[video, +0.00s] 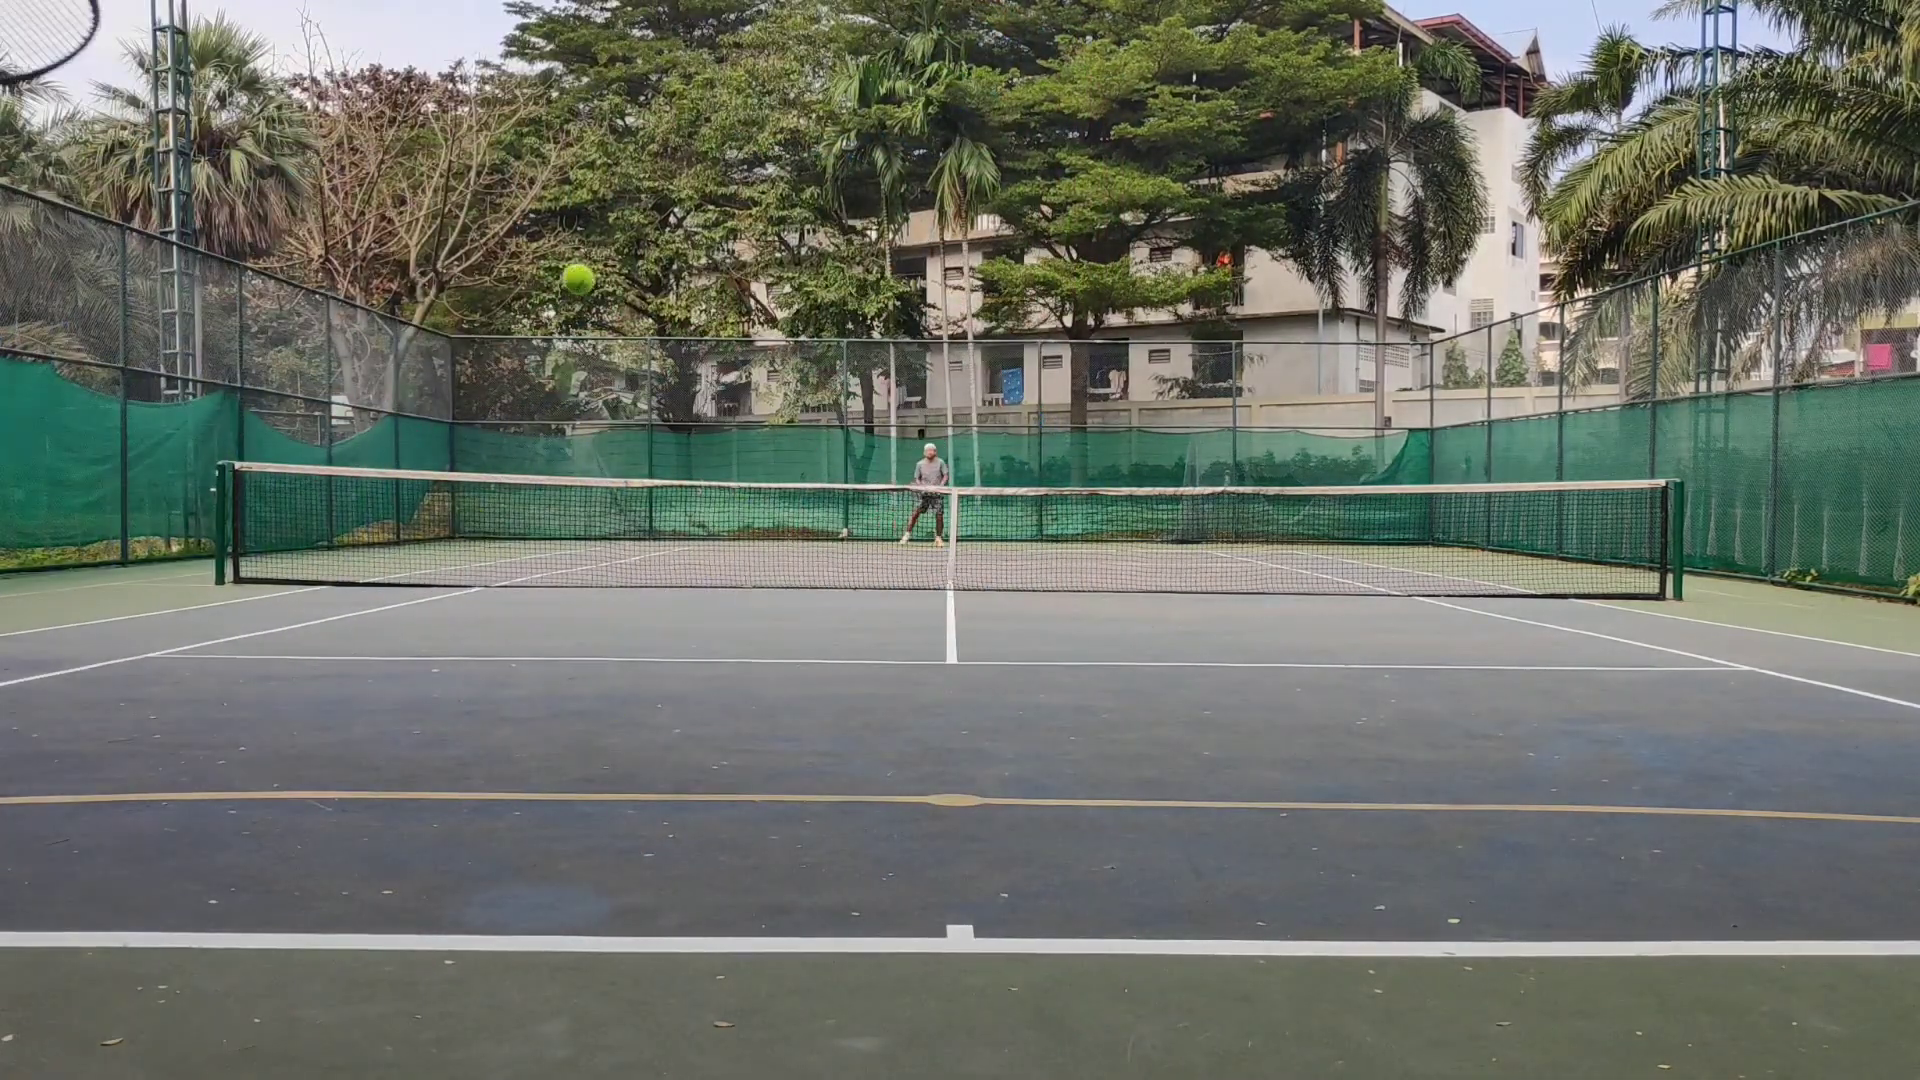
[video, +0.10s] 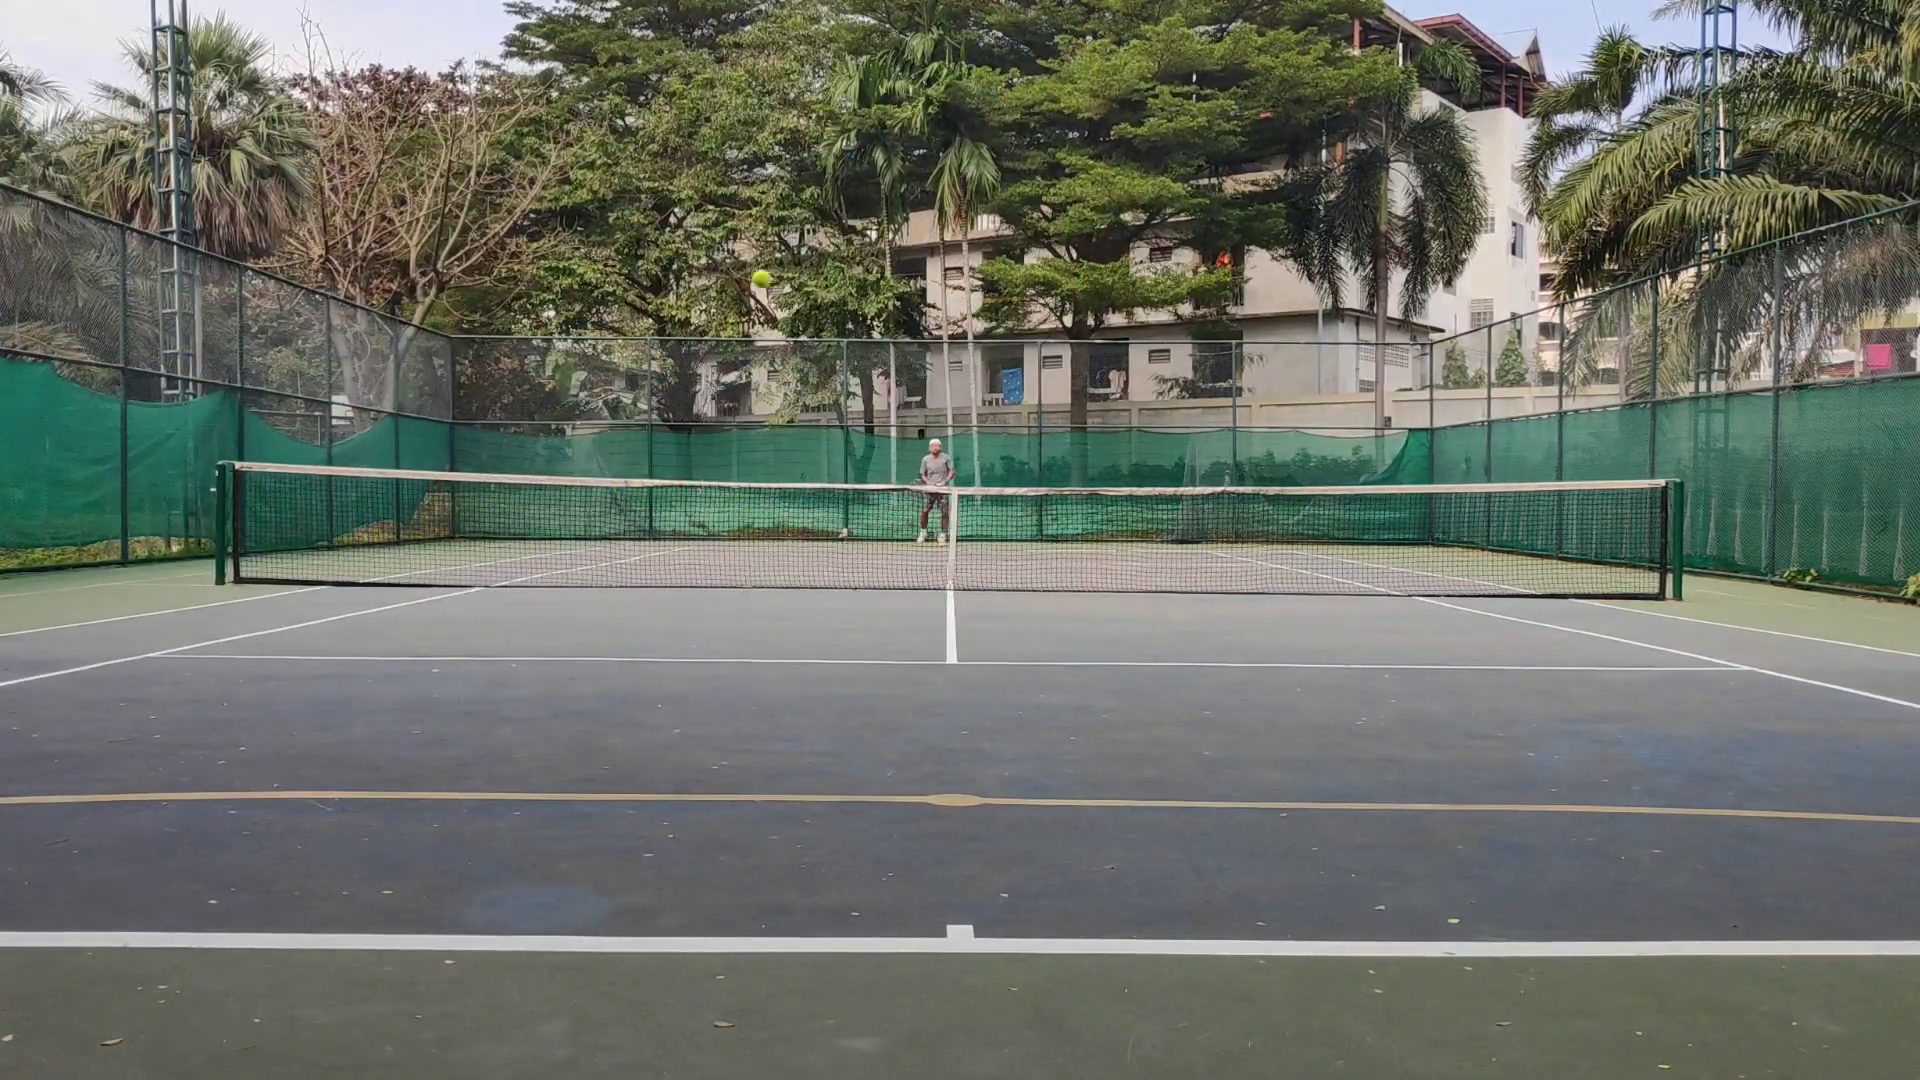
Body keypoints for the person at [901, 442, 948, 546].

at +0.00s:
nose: (930, 453)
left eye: (932, 450)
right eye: (928, 450)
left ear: (935, 452)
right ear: (924, 452)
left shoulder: (940, 462)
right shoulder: (920, 464)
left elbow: (946, 476)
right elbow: (917, 479)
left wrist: (940, 486)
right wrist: (923, 487)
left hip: (937, 492)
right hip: (925, 492)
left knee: (939, 515)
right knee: (917, 511)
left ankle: (939, 536)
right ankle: (908, 532)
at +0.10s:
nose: (935, 448)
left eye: (937, 446)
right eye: (933, 446)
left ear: (940, 447)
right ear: (930, 448)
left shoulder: (946, 458)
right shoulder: (926, 459)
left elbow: (952, 471)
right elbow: (922, 474)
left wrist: (945, 481)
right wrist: (928, 482)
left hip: (943, 486)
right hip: (930, 486)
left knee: (945, 511)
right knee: (926, 510)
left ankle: (944, 533)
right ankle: (923, 531)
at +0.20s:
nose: (940, 448)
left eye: (942, 446)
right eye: (938, 446)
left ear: (944, 447)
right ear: (934, 448)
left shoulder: (951, 458)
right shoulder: (931, 459)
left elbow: (956, 470)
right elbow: (927, 473)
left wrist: (950, 481)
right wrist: (933, 482)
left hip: (949, 486)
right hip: (937, 487)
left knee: (954, 511)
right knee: (935, 510)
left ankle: (956, 533)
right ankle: (931, 531)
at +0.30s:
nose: (945, 454)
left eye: (947, 451)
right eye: (943, 452)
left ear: (950, 453)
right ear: (940, 453)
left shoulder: (955, 463)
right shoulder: (936, 465)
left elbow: (963, 475)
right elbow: (933, 479)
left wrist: (956, 485)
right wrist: (939, 486)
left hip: (954, 492)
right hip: (942, 492)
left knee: (963, 513)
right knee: (940, 516)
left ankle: (971, 534)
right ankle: (936, 536)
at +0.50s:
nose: (957, 460)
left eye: (959, 458)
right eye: (955, 458)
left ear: (962, 460)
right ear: (952, 460)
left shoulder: (966, 470)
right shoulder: (947, 471)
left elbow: (972, 482)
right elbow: (943, 486)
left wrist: (968, 491)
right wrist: (952, 492)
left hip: (965, 495)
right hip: (953, 496)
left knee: (973, 515)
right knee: (954, 517)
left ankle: (977, 536)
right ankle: (947, 534)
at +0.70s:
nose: (964, 459)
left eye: (966, 457)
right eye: (962, 456)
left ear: (967, 458)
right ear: (958, 457)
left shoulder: (968, 468)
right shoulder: (952, 468)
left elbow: (969, 480)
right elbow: (948, 483)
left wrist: (971, 488)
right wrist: (957, 490)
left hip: (963, 494)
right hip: (953, 494)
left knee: (971, 515)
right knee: (961, 515)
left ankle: (975, 535)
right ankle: (952, 537)